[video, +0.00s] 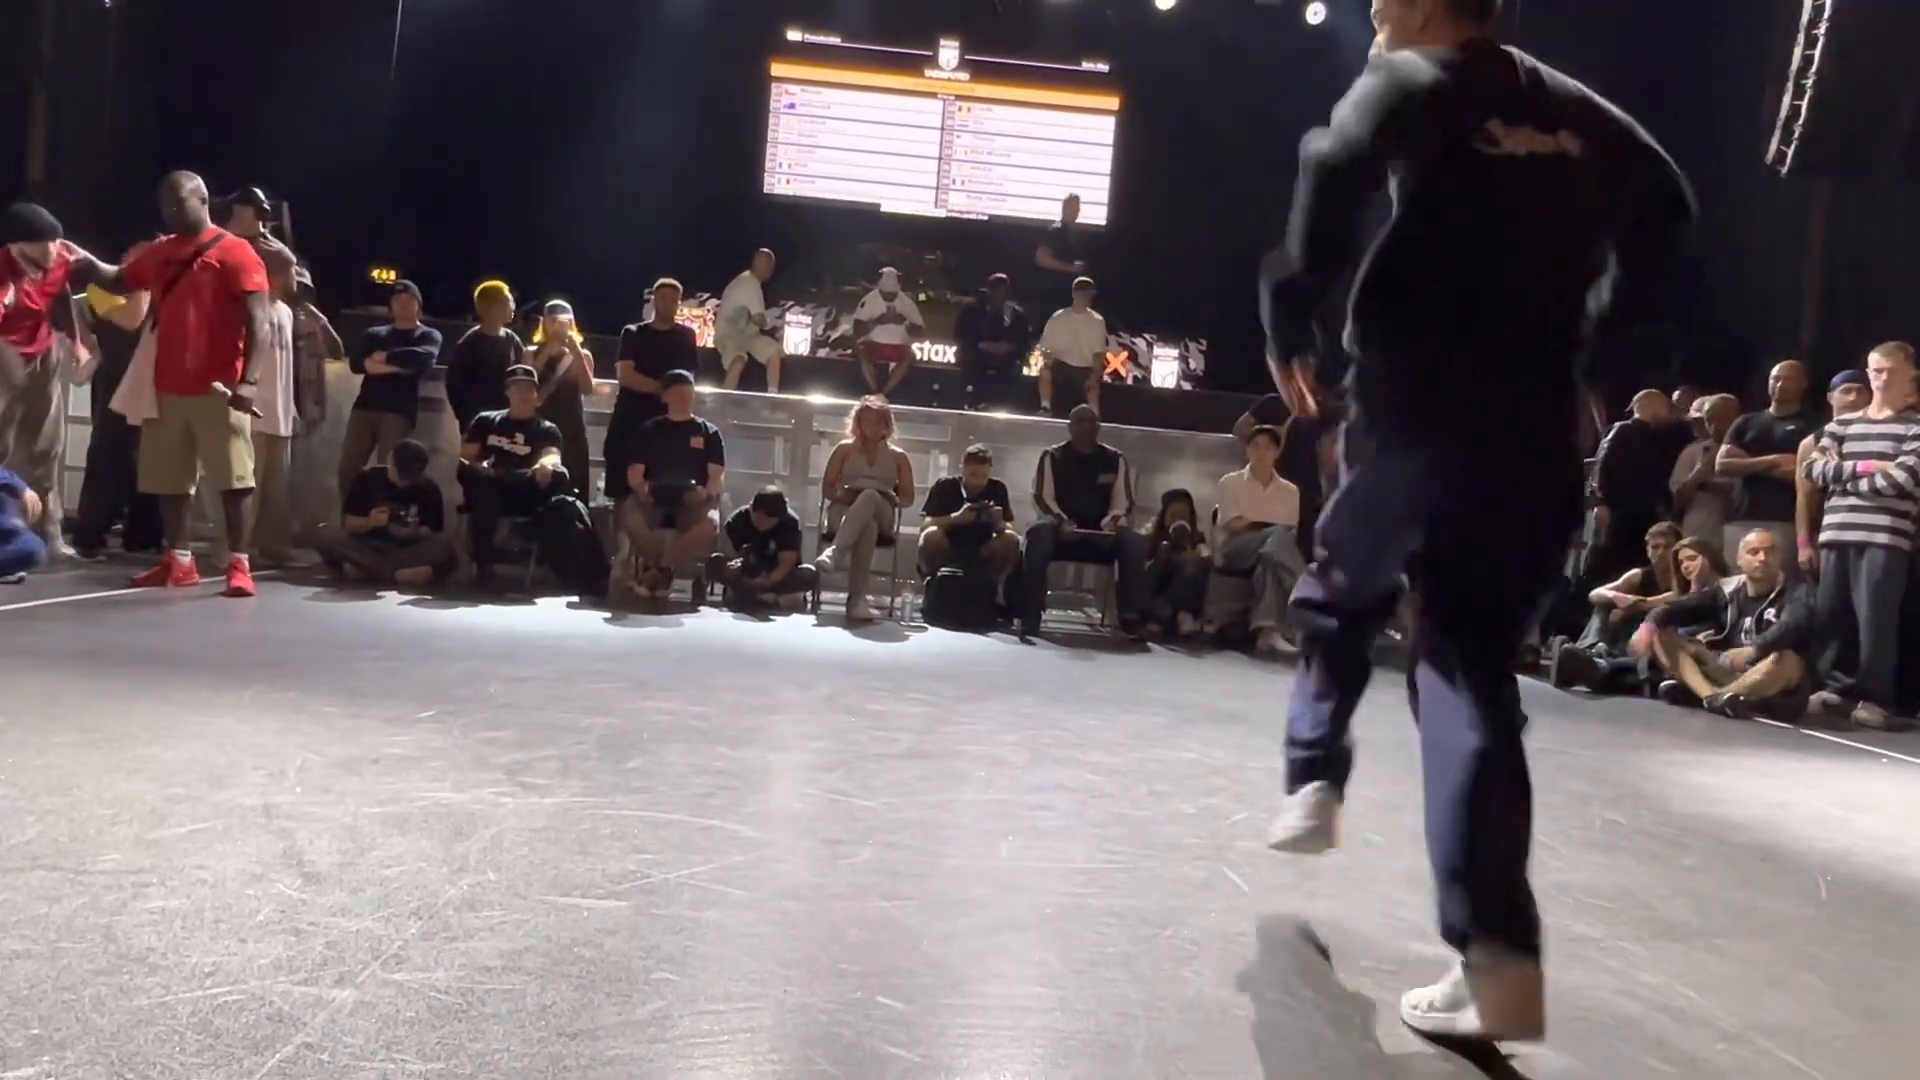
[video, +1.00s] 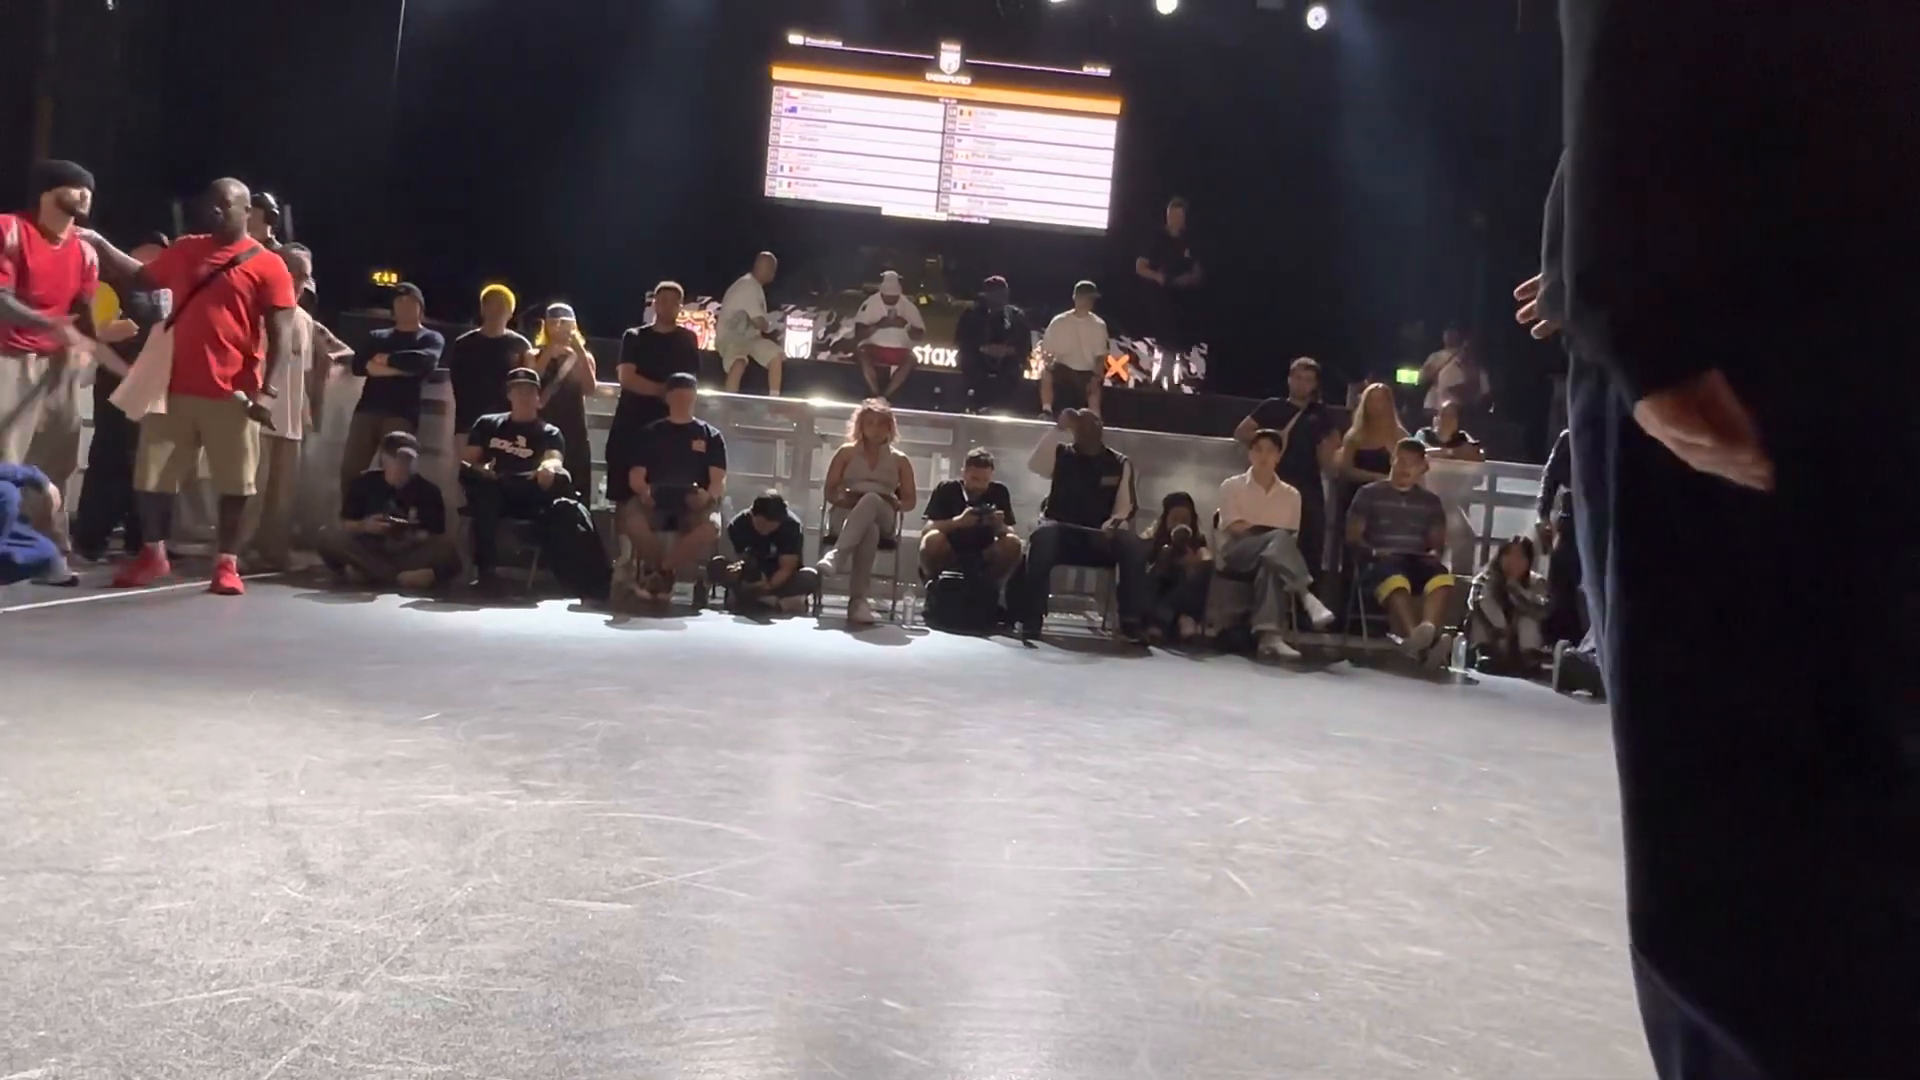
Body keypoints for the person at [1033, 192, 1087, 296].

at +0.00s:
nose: (1076, 212)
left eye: (1077, 208)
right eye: (1072, 208)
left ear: (1078, 210)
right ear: (1065, 208)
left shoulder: (1072, 232)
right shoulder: (1055, 231)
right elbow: (1041, 257)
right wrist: (1072, 267)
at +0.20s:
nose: (1104, 214)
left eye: (1107, 211)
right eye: (1101, 209)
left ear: (1112, 212)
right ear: (1096, 209)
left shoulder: (1114, 233)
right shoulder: (1085, 231)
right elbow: (1071, 257)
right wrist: (1099, 270)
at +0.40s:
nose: (1125, 215)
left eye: (1129, 211)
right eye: (1122, 210)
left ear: (1135, 213)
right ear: (1115, 210)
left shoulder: (1137, 236)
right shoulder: (1105, 233)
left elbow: (1143, 261)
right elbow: (1090, 257)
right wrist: (1119, 270)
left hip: (1132, 294)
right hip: (1108, 294)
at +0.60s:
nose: (1152, 220)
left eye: (1154, 216)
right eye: (1149, 215)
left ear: (1156, 219)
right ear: (1140, 215)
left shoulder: (1155, 243)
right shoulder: (1123, 237)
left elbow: (1158, 273)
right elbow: (1109, 263)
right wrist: (1136, 274)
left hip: (1146, 304)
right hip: (1122, 303)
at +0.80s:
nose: (1167, 219)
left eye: (1171, 215)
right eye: (1164, 213)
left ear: (1175, 217)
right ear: (1156, 214)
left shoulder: (1174, 242)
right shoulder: (1145, 237)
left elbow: (1180, 265)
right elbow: (1126, 263)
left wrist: (1175, 276)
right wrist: (1149, 273)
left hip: (1165, 295)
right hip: (1145, 293)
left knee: (1158, 342)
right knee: (1145, 338)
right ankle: (1129, 370)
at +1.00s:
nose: (1175, 219)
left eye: (1179, 215)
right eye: (1172, 215)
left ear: (1185, 218)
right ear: (1166, 216)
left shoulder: (1190, 242)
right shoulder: (1156, 239)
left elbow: (1198, 272)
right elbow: (1140, 267)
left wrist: (1184, 279)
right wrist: (1157, 276)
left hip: (1182, 297)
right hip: (1161, 297)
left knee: (1173, 340)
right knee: (1167, 339)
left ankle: (1158, 379)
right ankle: (1171, 380)